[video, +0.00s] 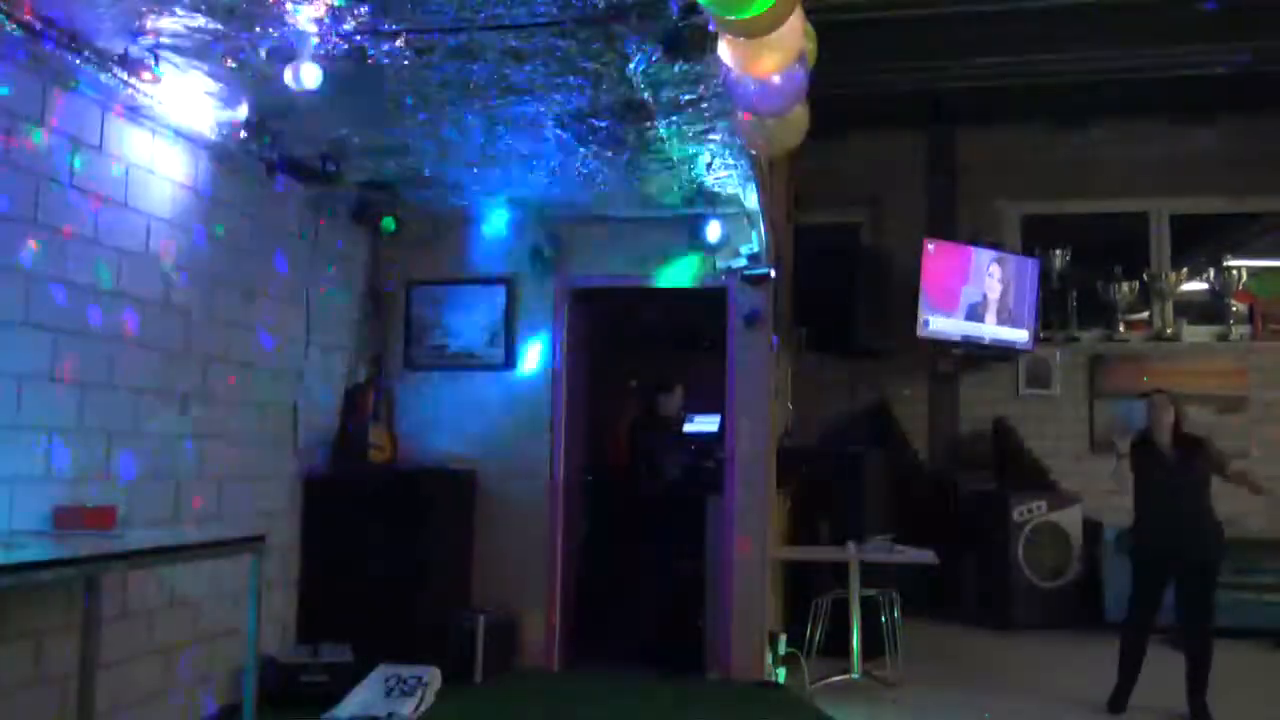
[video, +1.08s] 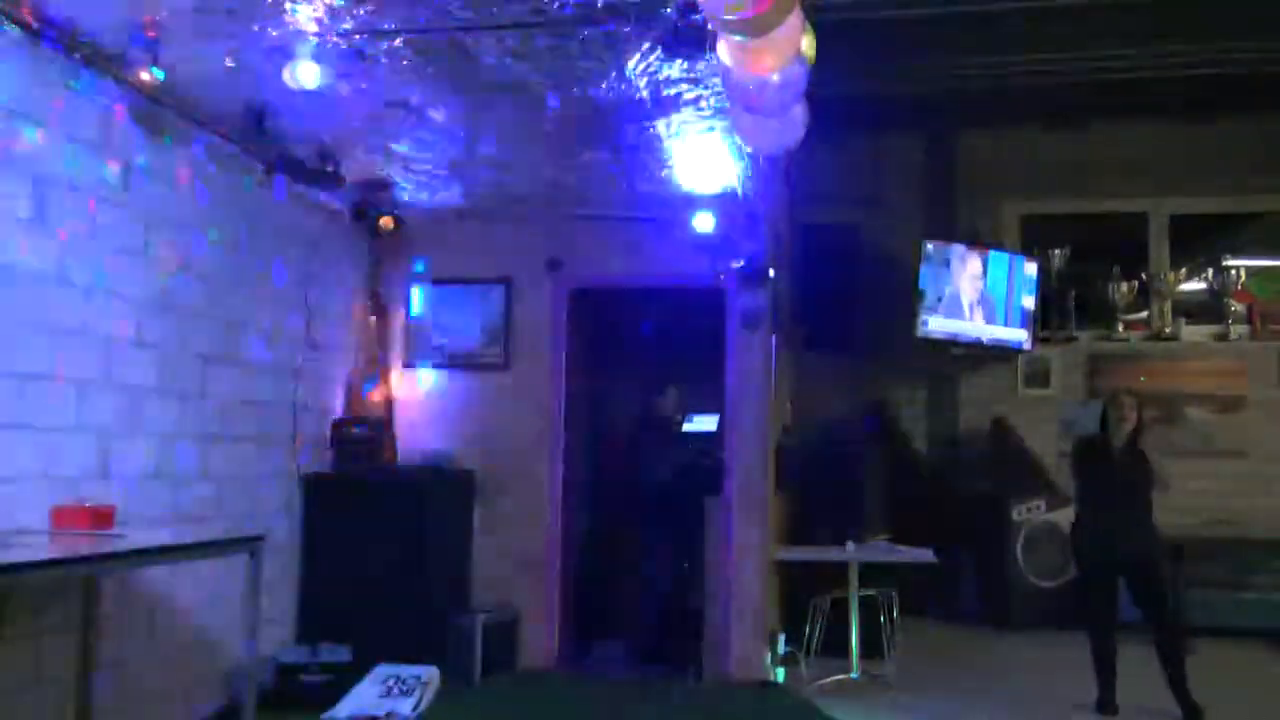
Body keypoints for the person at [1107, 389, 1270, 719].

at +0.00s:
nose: (1159, 415)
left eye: (1165, 408)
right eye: (1153, 409)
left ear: (1176, 413)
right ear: (1147, 415)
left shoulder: (1196, 446)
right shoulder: (1140, 447)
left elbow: (1226, 470)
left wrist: (1252, 484)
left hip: (1197, 547)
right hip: (1152, 546)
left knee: (1197, 627)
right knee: (1137, 621)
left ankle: (1197, 700)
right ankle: (1122, 690)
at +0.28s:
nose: (1164, 421)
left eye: (1169, 415)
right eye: (1158, 415)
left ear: (1177, 421)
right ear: (1149, 420)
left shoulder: (1194, 452)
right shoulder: (1139, 455)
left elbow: (1226, 464)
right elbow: (1140, 503)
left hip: (1200, 551)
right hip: (1157, 551)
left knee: (1202, 629)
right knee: (1140, 622)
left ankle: (1198, 702)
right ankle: (1117, 693)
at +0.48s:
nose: (1154, 424)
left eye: (1160, 418)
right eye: (1149, 418)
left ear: (1170, 424)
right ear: (1140, 423)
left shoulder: (1182, 454)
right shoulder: (1130, 455)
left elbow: (1210, 471)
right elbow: (1129, 500)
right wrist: (1140, 532)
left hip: (1193, 552)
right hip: (1153, 553)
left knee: (1200, 632)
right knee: (1132, 625)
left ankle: (1196, 703)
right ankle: (1110, 695)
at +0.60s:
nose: (1147, 424)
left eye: (1153, 419)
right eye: (1141, 417)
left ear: (1162, 424)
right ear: (1131, 422)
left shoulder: (1175, 458)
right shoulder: (1118, 457)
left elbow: (1212, 483)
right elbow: (1120, 493)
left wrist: (1258, 500)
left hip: (1182, 552)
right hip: (1137, 553)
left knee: (1191, 628)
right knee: (1125, 624)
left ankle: (1196, 704)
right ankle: (1108, 698)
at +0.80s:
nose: (1133, 415)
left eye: (1139, 409)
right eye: (1128, 409)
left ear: (1149, 415)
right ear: (1117, 414)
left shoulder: (1165, 454)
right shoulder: (1101, 453)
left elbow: (1190, 486)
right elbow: (1098, 493)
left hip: (1160, 548)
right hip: (1116, 549)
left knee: (1176, 626)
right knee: (1112, 624)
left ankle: (1192, 703)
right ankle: (1107, 697)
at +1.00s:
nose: (1126, 417)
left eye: (1132, 412)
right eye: (1119, 412)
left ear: (1140, 416)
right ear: (1108, 416)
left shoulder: (1144, 450)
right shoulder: (1090, 450)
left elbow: (1149, 491)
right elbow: (1091, 494)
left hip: (1145, 545)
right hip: (1103, 547)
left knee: (1169, 625)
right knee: (1103, 625)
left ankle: (1190, 703)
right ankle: (1106, 698)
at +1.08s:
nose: (1125, 415)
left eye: (1130, 409)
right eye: (1118, 409)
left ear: (1138, 416)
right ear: (1105, 414)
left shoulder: (1138, 454)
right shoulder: (1087, 449)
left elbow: (1142, 508)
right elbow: (1086, 498)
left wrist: (1148, 544)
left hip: (1138, 547)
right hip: (1098, 548)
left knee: (1164, 620)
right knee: (1102, 625)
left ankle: (1184, 698)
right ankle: (1106, 697)